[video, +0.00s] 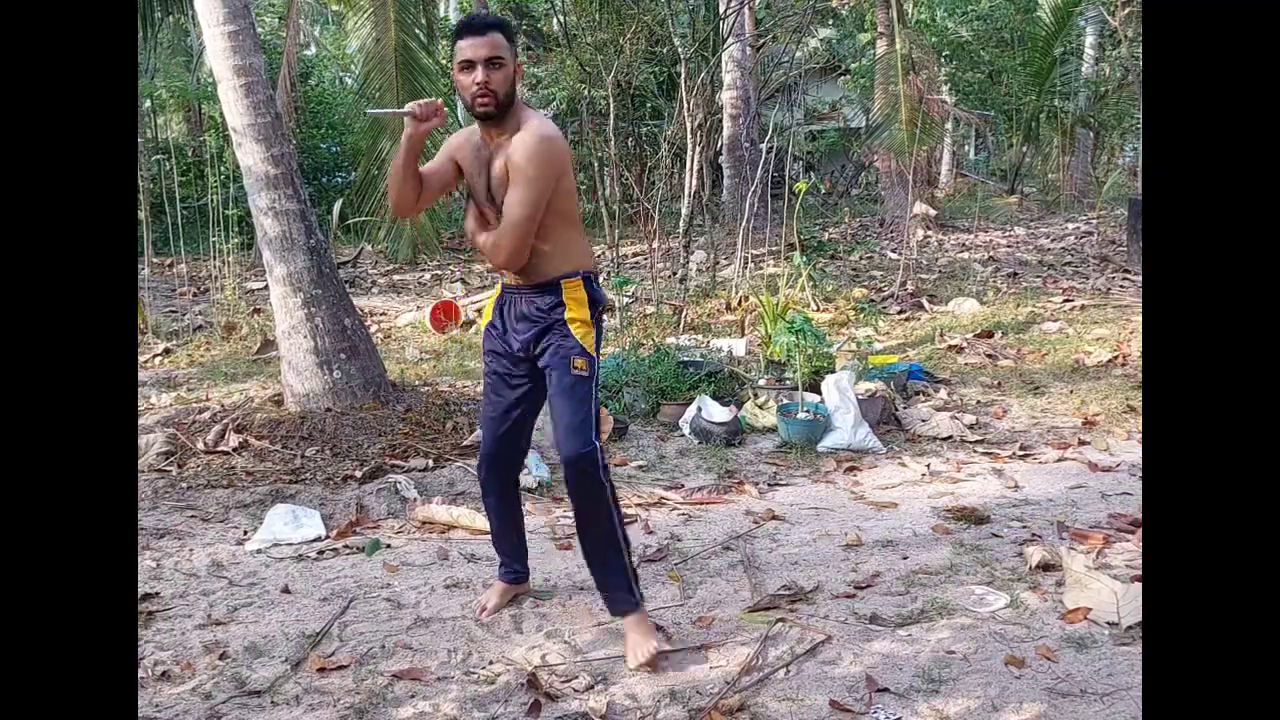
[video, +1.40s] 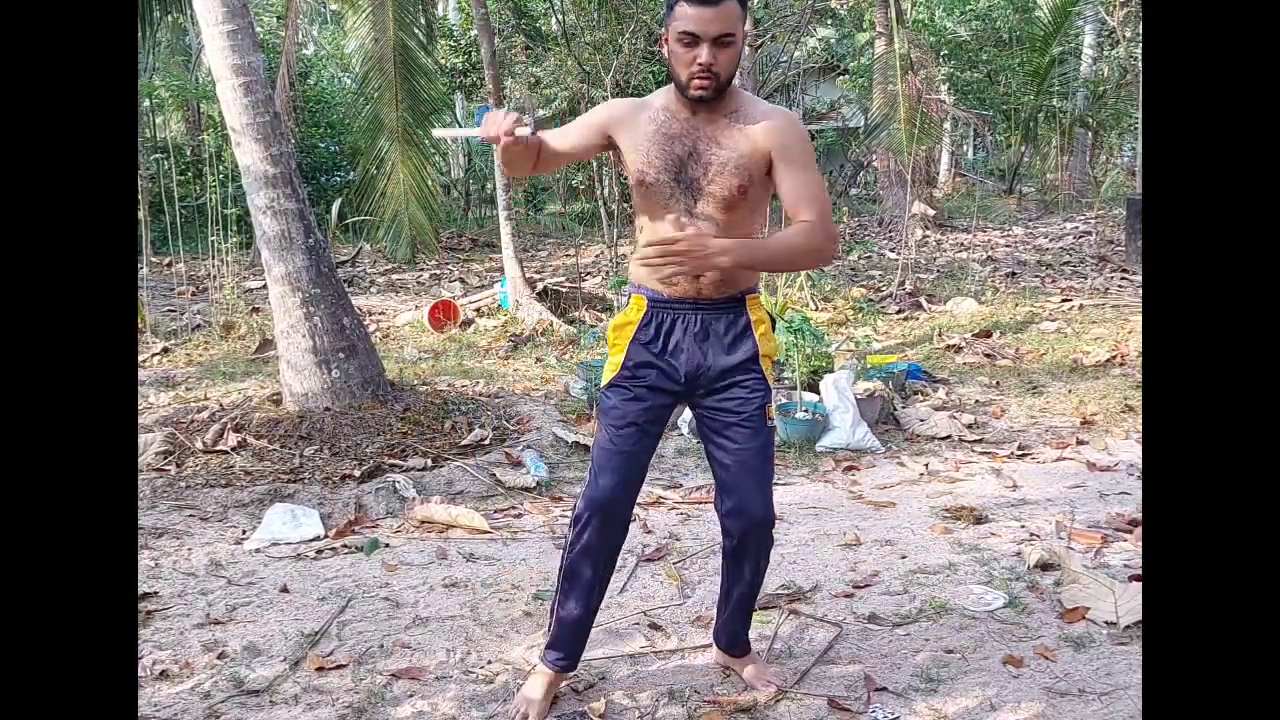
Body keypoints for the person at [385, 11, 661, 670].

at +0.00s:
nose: (481, 78)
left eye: (494, 63)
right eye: (468, 67)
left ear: (518, 70)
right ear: (455, 77)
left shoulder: (537, 140)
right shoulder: (465, 141)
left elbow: (507, 255)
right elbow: (404, 204)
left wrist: (475, 216)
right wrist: (409, 140)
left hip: (567, 308)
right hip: (511, 311)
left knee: (577, 454)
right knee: (495, 459)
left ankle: (630, 612)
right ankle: (513, 576)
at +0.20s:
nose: (498, 92)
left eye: (510, 76)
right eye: (484, 83)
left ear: (536, 80)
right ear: (476, 94)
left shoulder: (553, 145)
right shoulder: (509, 157)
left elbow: (527, 265)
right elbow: (465, 211)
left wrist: (508, 227)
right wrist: (453, 156)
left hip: (618, 329)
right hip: (555, 332)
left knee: (660, 482)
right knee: (522, 471)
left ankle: (717, 643)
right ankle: (520, 578)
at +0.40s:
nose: (535, 89)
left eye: (542, 73)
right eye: (519, 81)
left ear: (560, 69)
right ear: (499, 90)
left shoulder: (603, 123)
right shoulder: (511, 170)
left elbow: (695, 130)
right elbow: (573, 192)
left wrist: (607, 128)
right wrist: (554, 111)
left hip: (656, 312)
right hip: (589, 321)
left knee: (695, 473)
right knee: (563, 470)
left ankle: (723, 643)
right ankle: (529, 564)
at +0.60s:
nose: (601, 73)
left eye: (606, 61)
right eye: (583, 62)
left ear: (610, 72)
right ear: (548, 77)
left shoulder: (605, 147)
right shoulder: (553, 153)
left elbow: (683, 213)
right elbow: (588, 265)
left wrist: (651, 173)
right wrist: (660, 290)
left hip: (633, 334)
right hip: (574, 338)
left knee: (703, 479)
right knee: (555, 489)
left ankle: (727, 641)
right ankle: (511, 579)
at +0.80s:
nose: (686, 86)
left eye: (694, 73)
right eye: (670, 70)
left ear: (699, 78)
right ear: (633, 72)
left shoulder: (688, 158)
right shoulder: (599, 141)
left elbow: (730, 255)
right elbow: (530, 220)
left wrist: (686, 230)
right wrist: (572, 310)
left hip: (666, 340)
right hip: (601, 342)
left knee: (729, 488)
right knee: (565, 483)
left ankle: (732, 644)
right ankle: (521, 573)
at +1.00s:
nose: (722, 78)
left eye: (737, 61)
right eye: (706, 61)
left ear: (752, 60)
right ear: (674, 57)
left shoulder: (766, 145)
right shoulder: (625, 129)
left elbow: (777, 258)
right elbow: (538, 201)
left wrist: (671, 254)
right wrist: (558, 236)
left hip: (714, 336)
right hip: (630, 332)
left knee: (741, 497)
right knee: (578, 477)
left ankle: (731, 644)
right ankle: (562, 574)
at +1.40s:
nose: (705, 59)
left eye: (723, 42)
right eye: (690, 41)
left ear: (745, 41)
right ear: (665, 41)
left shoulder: (775, 129)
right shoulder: (622, 117)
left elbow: (819, 239)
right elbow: (530, 160)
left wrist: (730, 252)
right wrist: (512, 138)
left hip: (735, 338)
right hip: (645, 333)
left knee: (751, 512)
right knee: (603, 500)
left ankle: (733, 644)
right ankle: (556, 661)